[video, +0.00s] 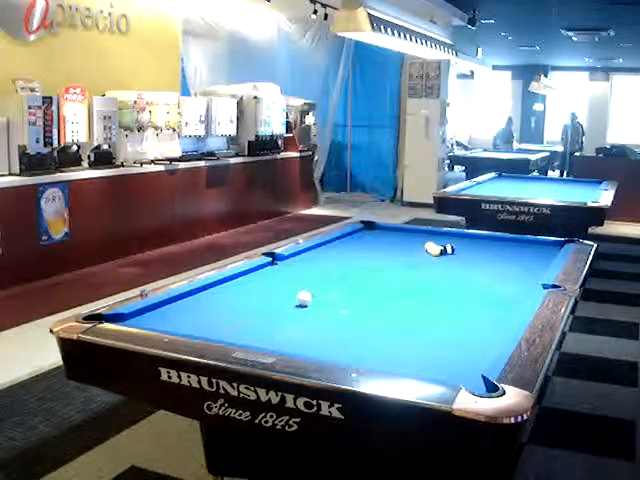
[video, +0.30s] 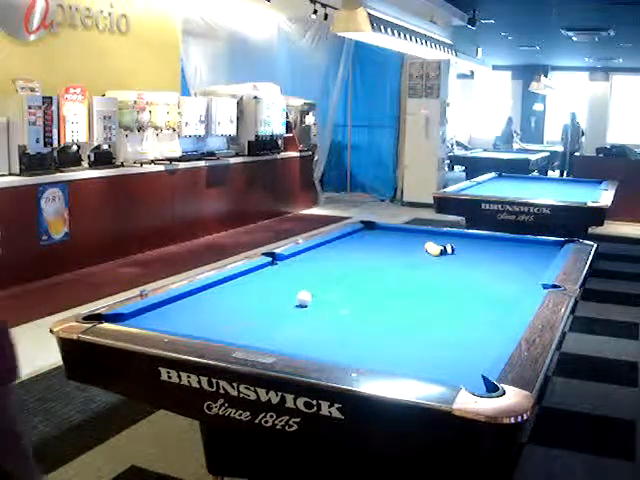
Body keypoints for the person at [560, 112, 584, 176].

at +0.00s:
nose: (572, 120)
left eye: (574, 119)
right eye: (571, 119)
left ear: (576, 118)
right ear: (570, 118)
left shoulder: (579, 126)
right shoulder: (566, 126)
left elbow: (581, 136)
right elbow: (563, 135)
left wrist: (580, 146)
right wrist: (563, 142)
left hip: (575, 146)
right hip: (566, 146)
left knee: (571, 159)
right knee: (563, 159)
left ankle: (569, 173)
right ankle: (561, 173)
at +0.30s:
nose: (572, 119)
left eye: (574, 117)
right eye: (571, 117)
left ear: (576, 118)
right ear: (570, 117)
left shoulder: (578, 126)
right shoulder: (566, 126)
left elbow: (580, 135)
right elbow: (563, 135)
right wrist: (563, 142)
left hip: (574, 146)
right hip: (566, 145)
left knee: (571, 160)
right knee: (563, 159)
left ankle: (569, 173)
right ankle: (561, 173)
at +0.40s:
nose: (572, 119)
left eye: (574, 117)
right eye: (571, 117)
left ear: (576, 117)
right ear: (570, 117)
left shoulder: (577, 126)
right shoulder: (566, 125)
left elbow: (580, 134)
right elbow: (563, 134)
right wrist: (563, 141)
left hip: (574, 145)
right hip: (566, 145)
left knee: (571, 159)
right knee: (563, 158)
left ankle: (569, 173)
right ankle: (561, 173)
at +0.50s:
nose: (572, 119)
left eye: (574, 117)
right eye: (571, 117)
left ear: (575, 117)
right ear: (570, 117)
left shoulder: (577, 126)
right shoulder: (566, 125)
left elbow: (579, 135)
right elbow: (563, 134)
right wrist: (563, 141)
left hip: (574, 146)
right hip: (566, 145)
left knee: (571, 159)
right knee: (563, 159)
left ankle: (569, 173)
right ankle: (561, 172)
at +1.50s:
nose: (571, 119)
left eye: (572, 117)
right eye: (570, 117)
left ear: (574, 117)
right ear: (568, 117)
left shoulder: (576, 126)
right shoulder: (565, 125)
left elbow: (578, 135)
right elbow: (563, 134)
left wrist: (577, 143)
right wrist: (562, 142)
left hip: (573, 145)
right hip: (566, 145)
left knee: (571, 160)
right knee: (563, 160)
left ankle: (570, 173)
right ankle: (562, 173)